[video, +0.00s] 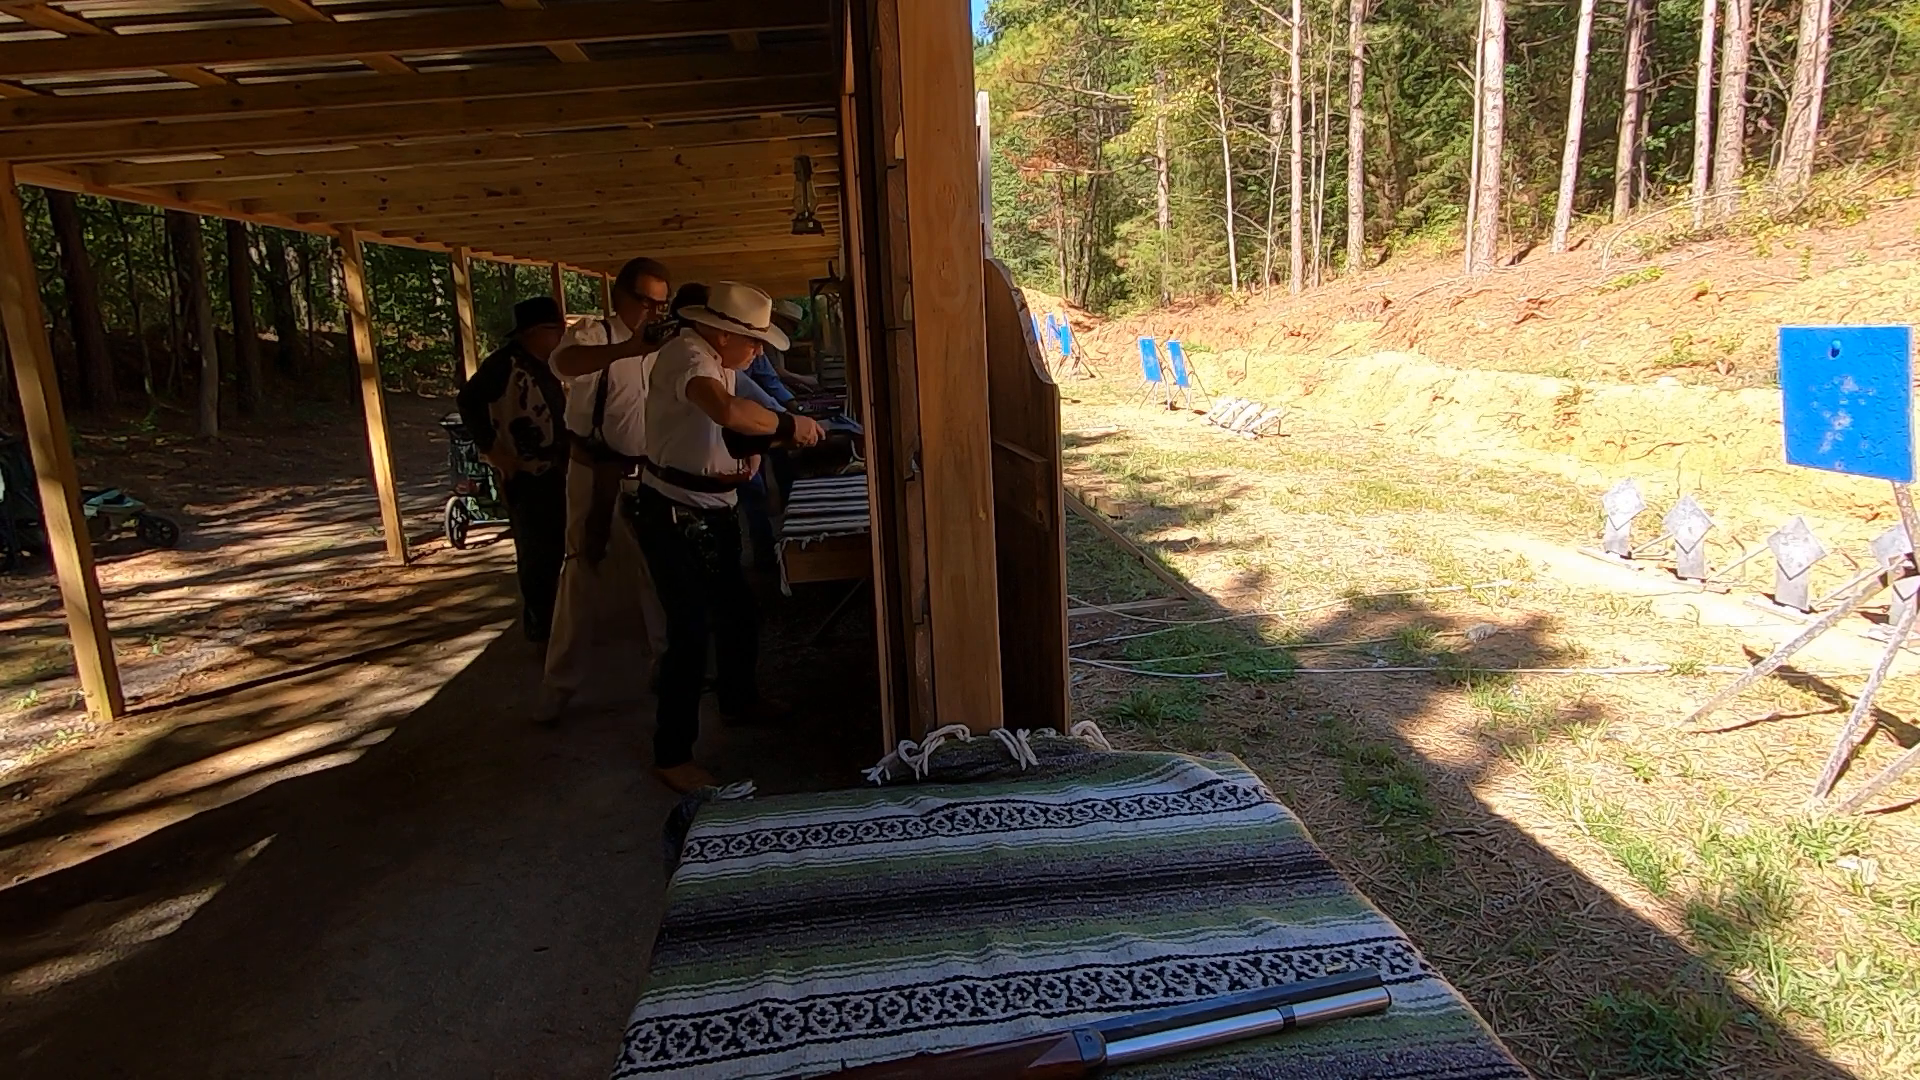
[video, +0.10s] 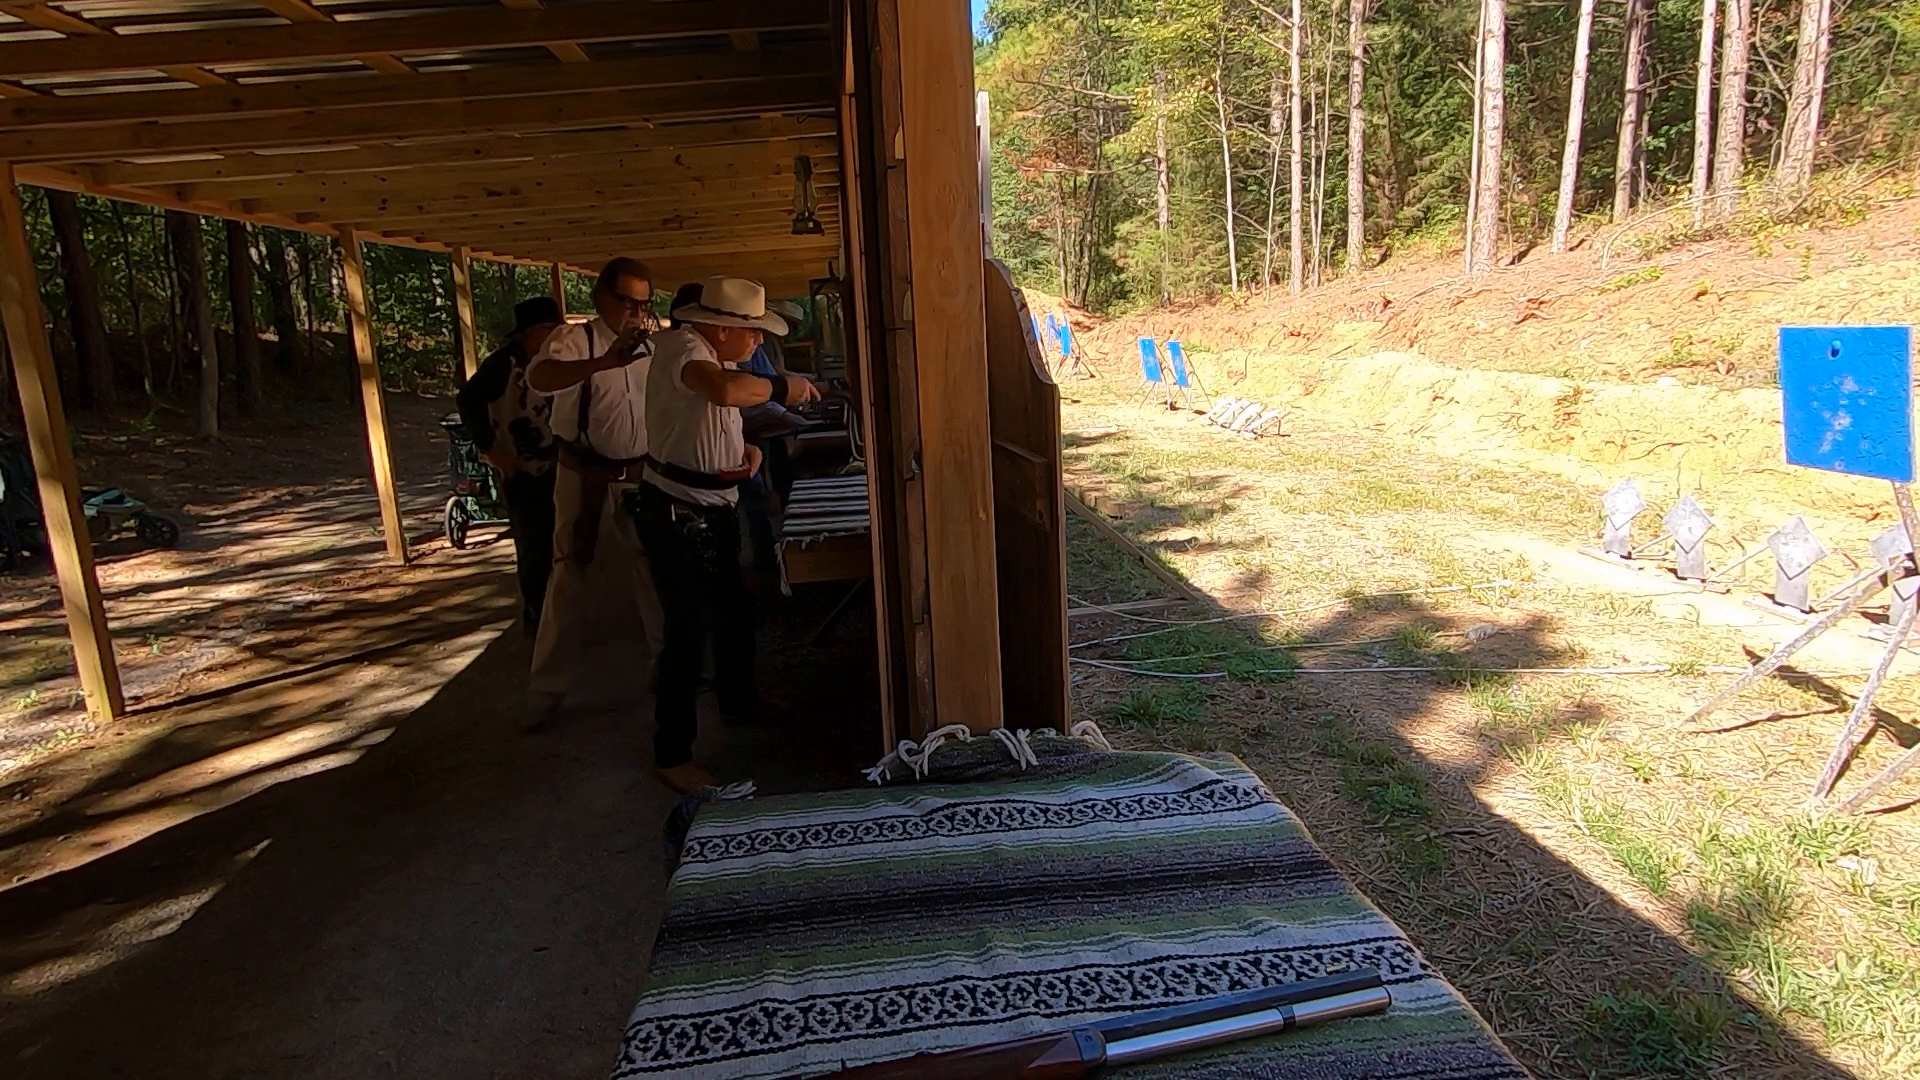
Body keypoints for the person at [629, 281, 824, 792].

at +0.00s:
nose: (757, 355)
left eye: (760, 346)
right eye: (753, 344)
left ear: (727, 335)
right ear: (725, 333)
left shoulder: (717, 362)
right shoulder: (686, 353)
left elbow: (722, 424)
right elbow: (724, 409)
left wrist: (751, 450)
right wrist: (786, 423)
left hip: (717, 512)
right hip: (672, 513)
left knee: (737, 613)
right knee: (689, 632)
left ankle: (740, 706)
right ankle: (673, 756)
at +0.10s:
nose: (758, 343)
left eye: (759, 335)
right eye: (754, 333)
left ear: (725, 329)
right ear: (723, 327)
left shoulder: (716, 360)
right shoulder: (679, 344)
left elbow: (708, 426)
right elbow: (722, 391)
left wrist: (746, 447)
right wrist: (781, 387)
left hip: (719, 508)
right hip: (676, 511)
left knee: (733, 615)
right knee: (686, 632)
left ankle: (740, 709)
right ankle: (673, 756)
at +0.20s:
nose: (759, 337)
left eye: (759, 329)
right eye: (753, 329)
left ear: (726, 327)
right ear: (721, 326)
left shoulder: (721, 362)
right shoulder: (673, 343)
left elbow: (711, 432)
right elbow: (709, 389)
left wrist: (751, 445)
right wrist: (762, 372)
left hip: (720, 507)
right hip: (674, 510)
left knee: (732, 614)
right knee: (686, 629)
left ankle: (739, 707)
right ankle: (673, 755)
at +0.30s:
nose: (754, 336)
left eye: (754, 328)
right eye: (747, 327)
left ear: (722, 326)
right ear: (717, 325)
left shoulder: (723, 362)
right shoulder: (670, 343)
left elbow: (732, 423)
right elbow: (704, 390)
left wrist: (774, 405)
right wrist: (758, 368)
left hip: (723, 506)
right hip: (675, 508)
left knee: (733, 613)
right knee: (684, 629)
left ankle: (739, 707)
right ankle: (673, 756)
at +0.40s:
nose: (750, 333)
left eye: (750, 324)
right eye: (743, 325)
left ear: (722, 324)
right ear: (712, 323)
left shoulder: (730, 359)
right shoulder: (669, 343)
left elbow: (757, 415)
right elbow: (702, 390)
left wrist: (784, 383)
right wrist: (755, 370)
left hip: (724, 508)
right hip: (674, 510)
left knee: (734, 615)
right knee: (682, 632)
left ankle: (739, 707)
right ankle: (672, 756)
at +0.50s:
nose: (748, 333)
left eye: (748, 324)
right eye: (740, 325)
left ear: (724, 324)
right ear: (710, 323)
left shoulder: (729, 358)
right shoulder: (668, 343)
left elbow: (771, 401)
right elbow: (702, 390)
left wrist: (797, 368)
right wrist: (755, 369)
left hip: (723, 507)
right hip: (672, 509)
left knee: (734, 614)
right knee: (682, 631)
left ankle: (740, 708)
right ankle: (672, 756)